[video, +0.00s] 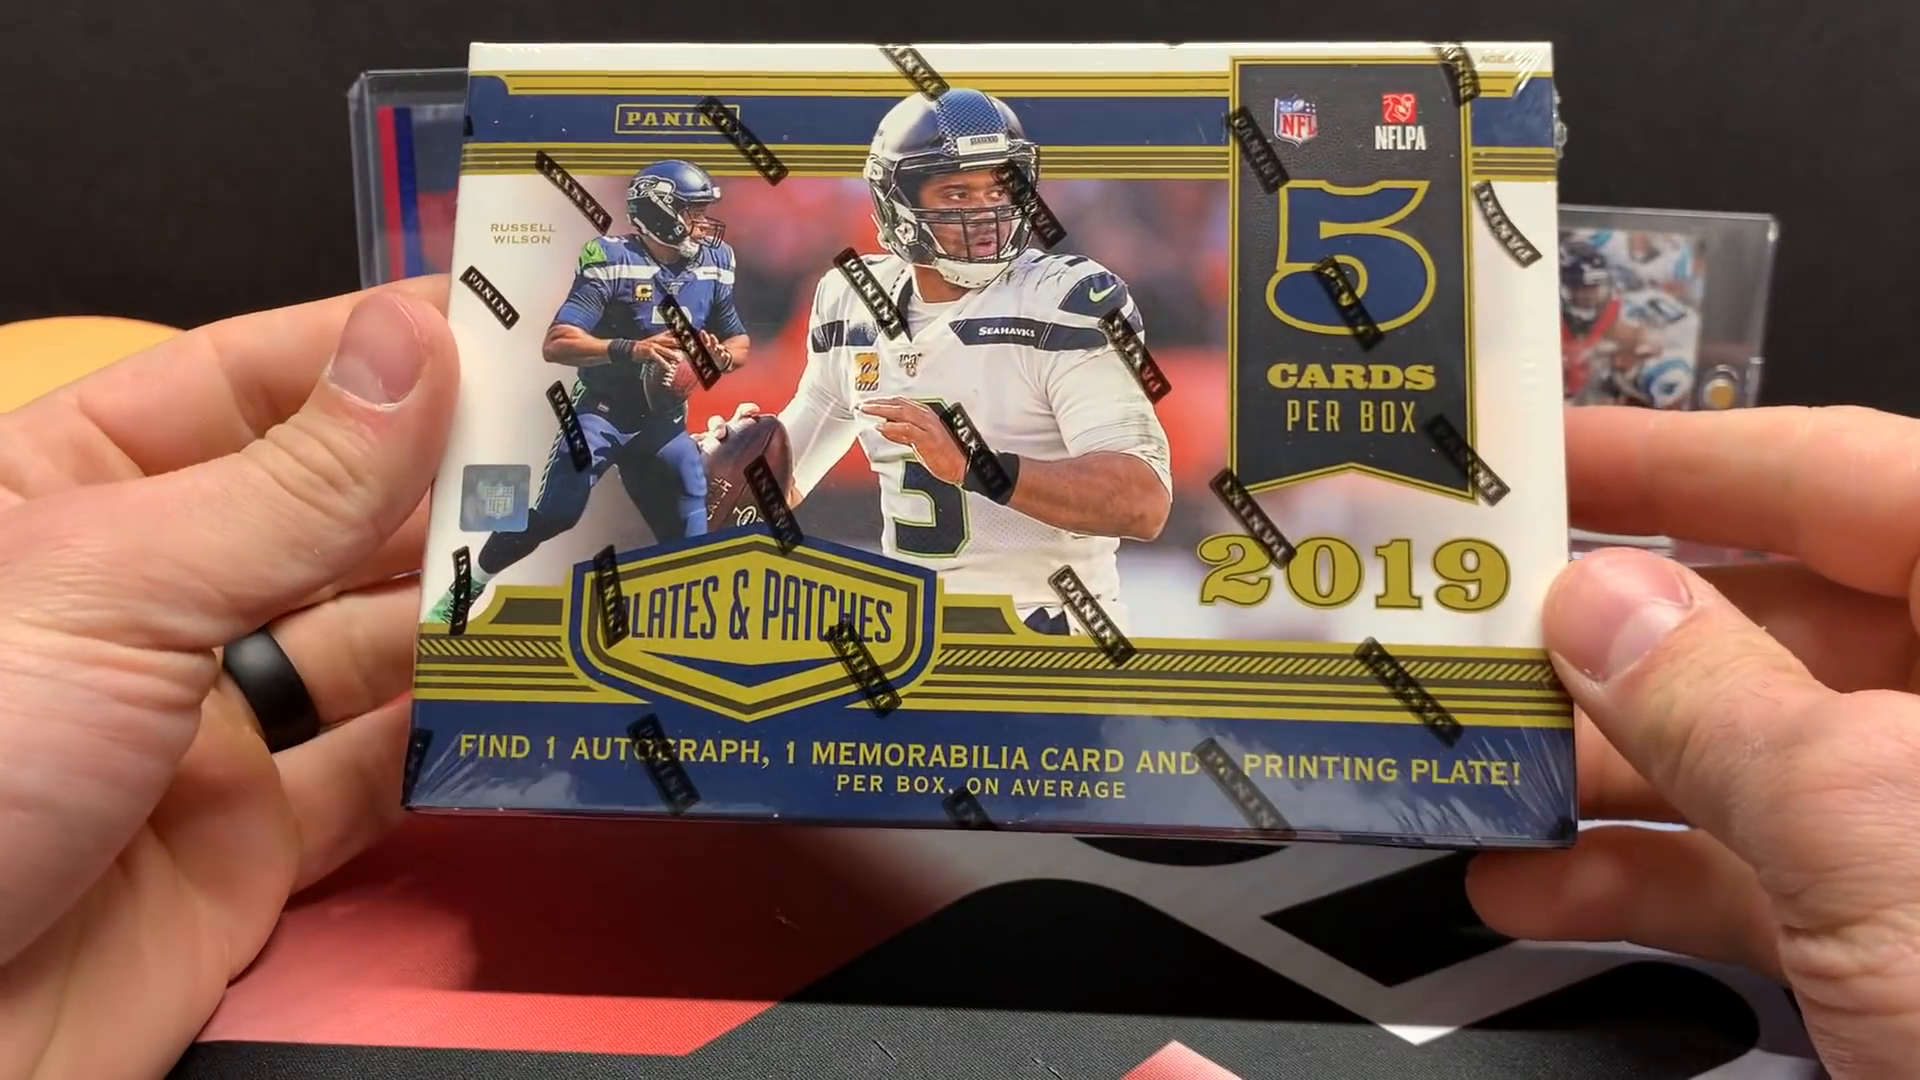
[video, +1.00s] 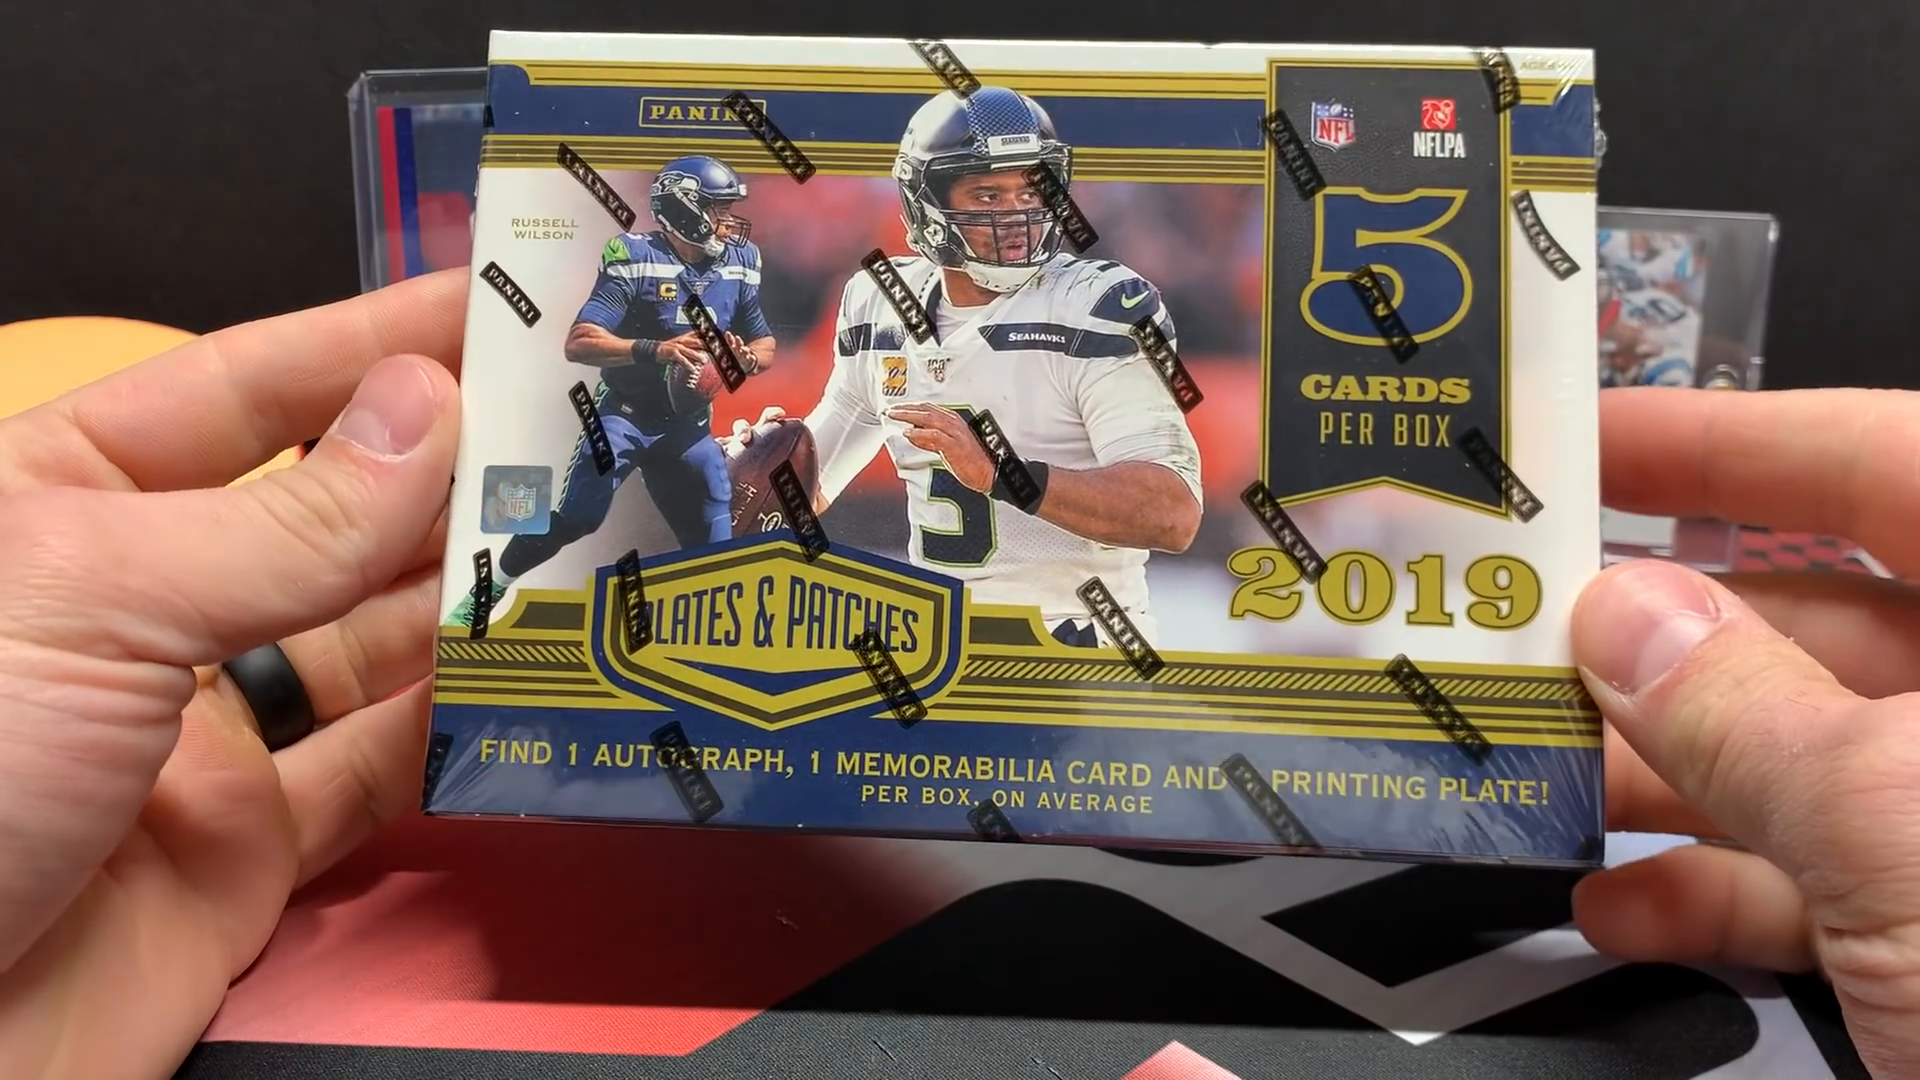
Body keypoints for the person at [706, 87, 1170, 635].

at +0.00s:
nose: (985, 212)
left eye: (997, 189)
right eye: (957, 194)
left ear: (1019, 191)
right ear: (899, 205)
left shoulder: (1072, 301)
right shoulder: (851, 300)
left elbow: (1142, 500)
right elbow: (779, 480)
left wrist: (983, 466)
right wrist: (743, 457)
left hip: (1057, 644)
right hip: (909, 638)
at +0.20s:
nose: (999, 204)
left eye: (1013, 182)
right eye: (971, 187)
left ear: (1033, 183)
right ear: (915, 196)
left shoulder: (1085, 293)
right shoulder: (864, 289)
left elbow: (1153, 489)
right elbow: (785, 468)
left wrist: (993, 455)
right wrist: (755, 437)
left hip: (1065, 626)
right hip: (922, 620)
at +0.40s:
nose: (1010, 209)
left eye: (1023, 188)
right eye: (983, 192)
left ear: (1044, 191)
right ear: (928, 201)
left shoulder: (1098, 295)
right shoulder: (876, 290)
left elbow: (1166, 487)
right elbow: (797, 463)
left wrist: (1008, 453)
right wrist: (765, 430)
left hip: (1081, 618)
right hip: (938, 616)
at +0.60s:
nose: (1016, 214)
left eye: (1029, 193)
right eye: (989, 197)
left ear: (1050, 195)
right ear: (933, 206)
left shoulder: (1105, 300)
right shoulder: (882, 296)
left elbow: (1174, 493)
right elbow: (801, 473)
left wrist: (1013, 459)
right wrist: (773, 436)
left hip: (1091, 625)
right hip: (945, 622)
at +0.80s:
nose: (1019, 211)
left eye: (1031, 189)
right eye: (990, 194)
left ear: (1051, 190)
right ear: (933, 204)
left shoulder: (1106, 301)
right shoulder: (881, 298)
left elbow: (1176, 501)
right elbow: (804, 480)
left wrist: (1014, 466)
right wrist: (772, 451)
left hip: (1092, 642)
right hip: (945, 635)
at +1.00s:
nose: (1015, 214)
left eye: (1030, 190)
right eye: (987, 195)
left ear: (1051, 193)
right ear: (928, 205)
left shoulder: (1101, 306)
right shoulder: (878, 302)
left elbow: (1171, 511)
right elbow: (803, 488)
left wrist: (1009, 475)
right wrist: (771, 463)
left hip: (1085, 654)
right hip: (936, 647)